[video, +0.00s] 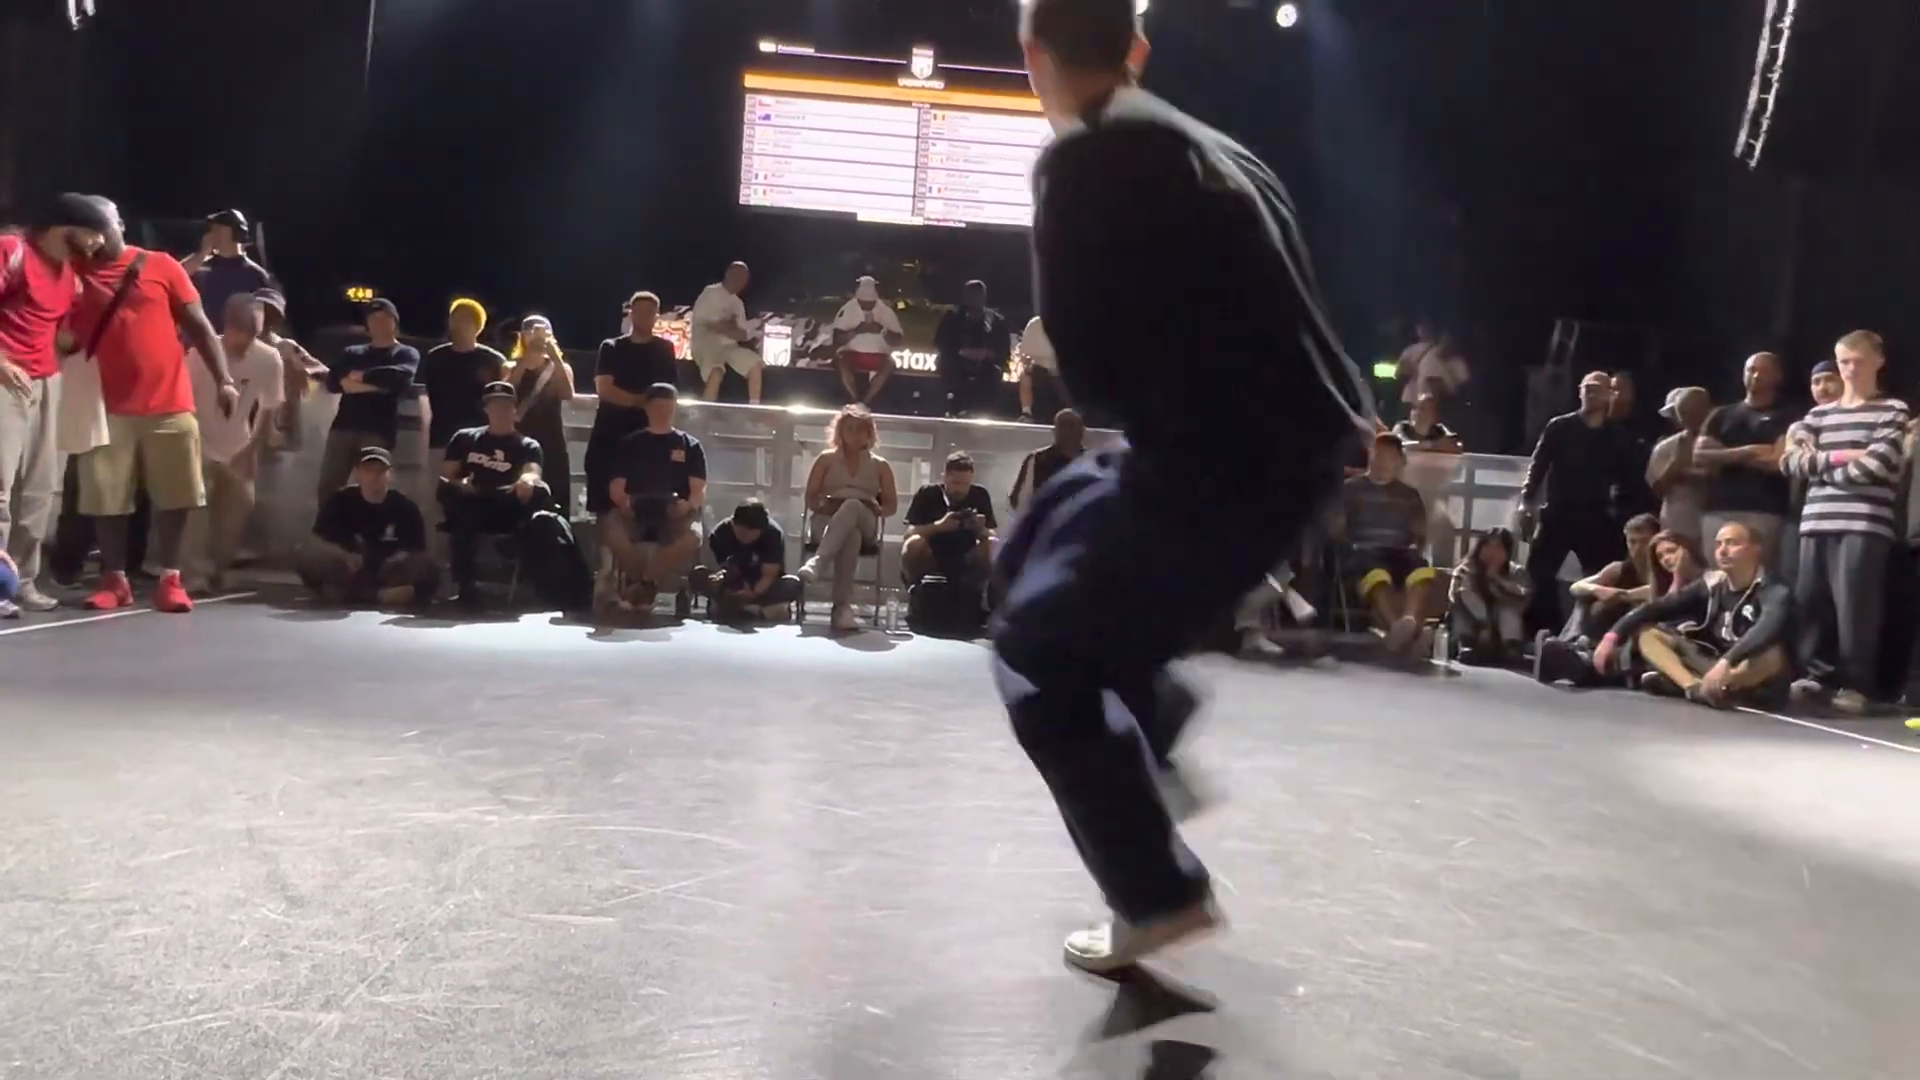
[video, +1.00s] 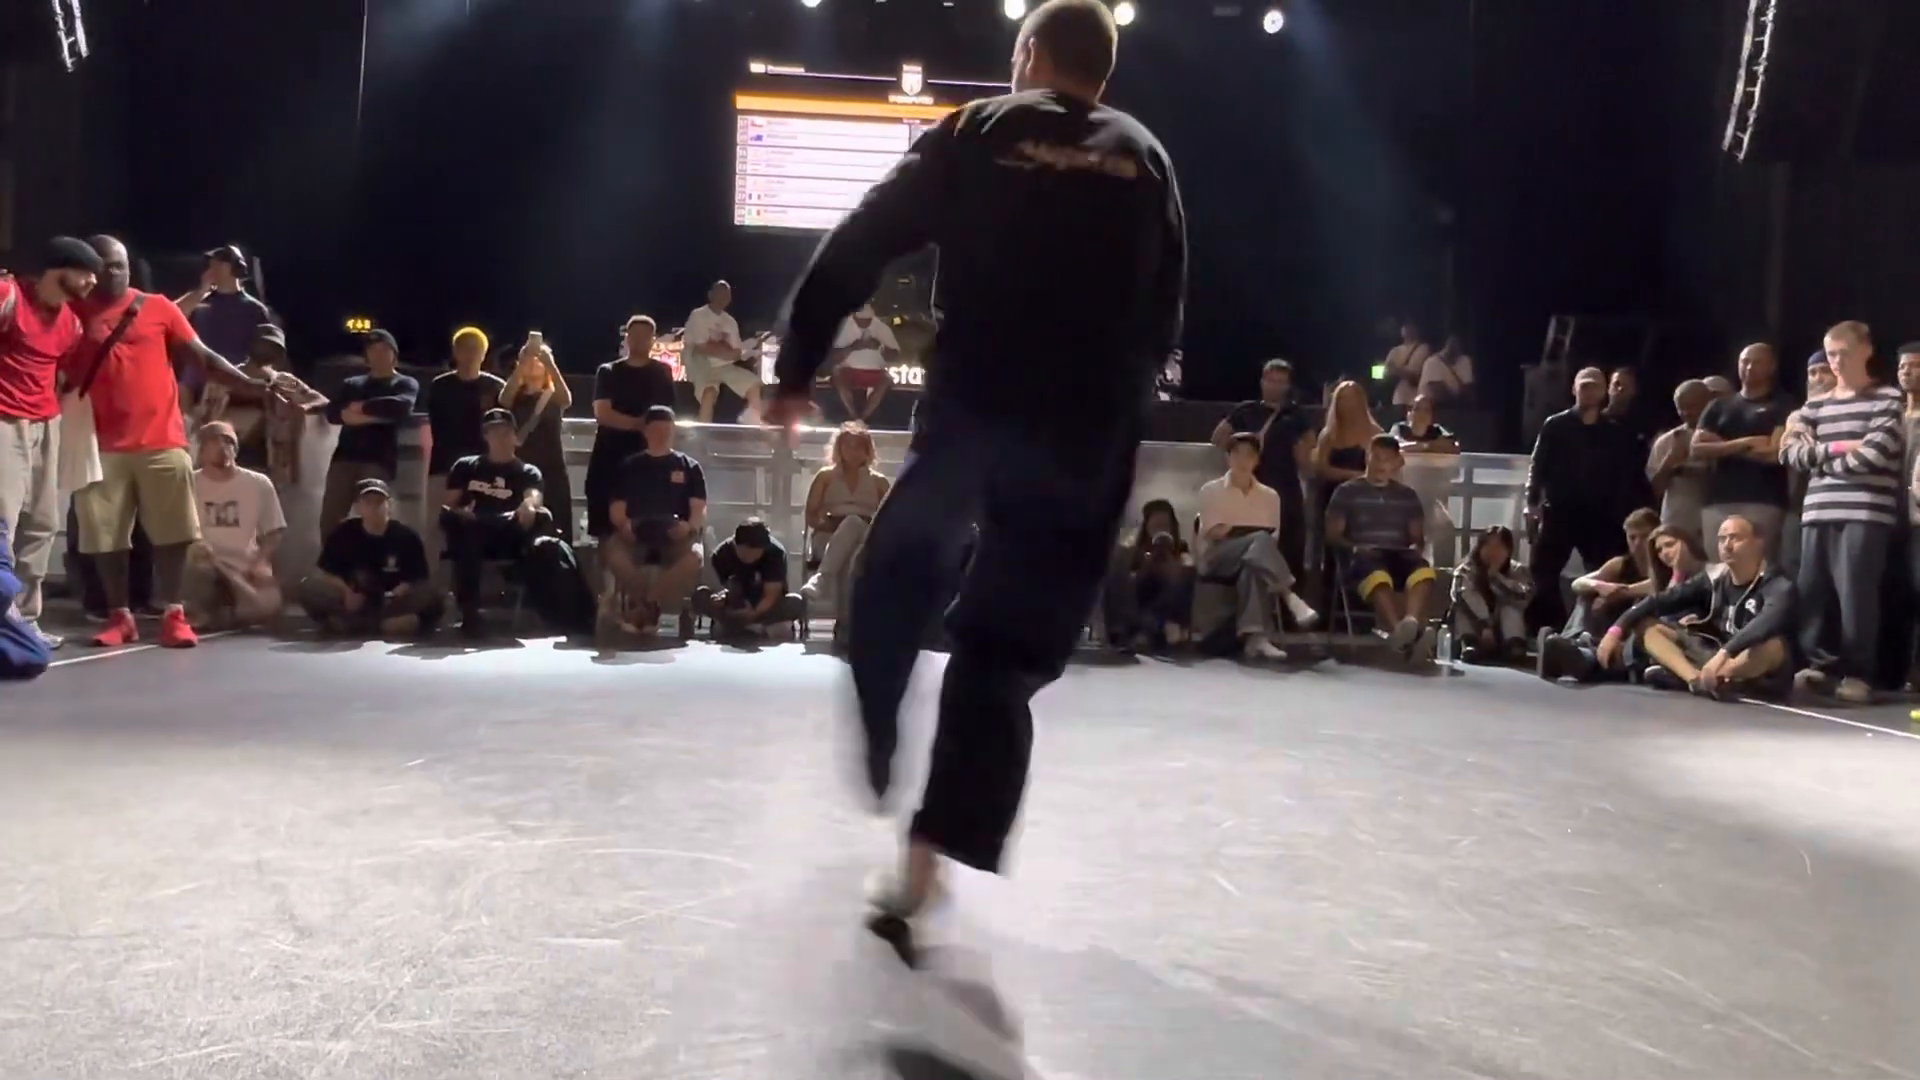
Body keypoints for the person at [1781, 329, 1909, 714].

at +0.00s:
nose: (1847, 370)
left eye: (1855, 363)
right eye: (1842, 363)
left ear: (1877, 363)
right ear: (1837, 366)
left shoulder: (1893, 411)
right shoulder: (1819, 414)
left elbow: (1877, 467)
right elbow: (1791, 460)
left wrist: (1821, 466)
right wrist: (1845, 458)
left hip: (1861, 522)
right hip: (1814, 522)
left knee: (1854, 605)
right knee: (1809, 599)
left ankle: (1857, 686)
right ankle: (1817, 674)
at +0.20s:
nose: (1844, 364)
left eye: (1853, 357)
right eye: (1839, 357)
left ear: (1873, 360)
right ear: (1831, 362)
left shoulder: (1887, 409)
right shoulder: (1812, 411)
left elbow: (1870, 465)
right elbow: (1785, 457)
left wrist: (1814, 462)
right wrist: (1838, 455)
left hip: (1856, 520)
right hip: (1809, 520)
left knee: (1849, 605)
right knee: (1804, 598)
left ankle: (1850, 683)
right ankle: (1812, 673)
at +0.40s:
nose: (1842, 363)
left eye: (1850, 355)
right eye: (1837, 356)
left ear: (1872, 356)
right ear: (1831, 359)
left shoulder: (1889, 405)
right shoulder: (1815, 408)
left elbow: (1869, 461)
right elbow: (1787, 455)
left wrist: (1815, 458)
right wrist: (1839, 452)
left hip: (1858, 517)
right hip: (1811, 517)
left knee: (1850, 599)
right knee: (1805, 594)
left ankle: (1853, 680)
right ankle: (1814, 670)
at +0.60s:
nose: (1840, 346)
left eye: (1849, 339)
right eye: (1835, 339)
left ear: (1870, 342)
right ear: (1828, 343)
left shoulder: (1885, 390)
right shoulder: (1812, 393)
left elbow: (1867, 446)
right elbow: (1783, 439)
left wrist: (1813, 444)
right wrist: (1835, 438)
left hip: (1855, 502)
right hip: (1809, 503)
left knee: (1848, 586)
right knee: (1803, 579)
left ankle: (1849, 665)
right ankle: (1809, 655)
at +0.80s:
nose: (1836, 355)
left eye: (1845, 347)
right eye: (1831, 347)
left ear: (1869, 348)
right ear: (1827, 351)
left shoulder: (1888, 397)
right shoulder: (1814, 400)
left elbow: (1866, 457)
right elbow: (1788, 448)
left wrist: (1814, 453)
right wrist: (1839, 446)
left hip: (1859, 508)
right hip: (1812, 509)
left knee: (1850, 589)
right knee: (1807, 584)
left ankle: (1853, 670)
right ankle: (1815, 660)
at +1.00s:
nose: (1833, 362)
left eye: (1841, 354)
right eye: (1829, 355)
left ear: (1866, 352)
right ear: (1825, 358)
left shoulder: (1889, 400)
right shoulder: (1816, 405)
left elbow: (1874, 456)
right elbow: (1791, 452)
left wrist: (1820, 457)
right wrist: (1842, 448)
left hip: (1863, 511)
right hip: (1816, 513)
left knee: (1856, 594)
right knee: (1811, 589)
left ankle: (1858, 674)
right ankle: (1821, 664)